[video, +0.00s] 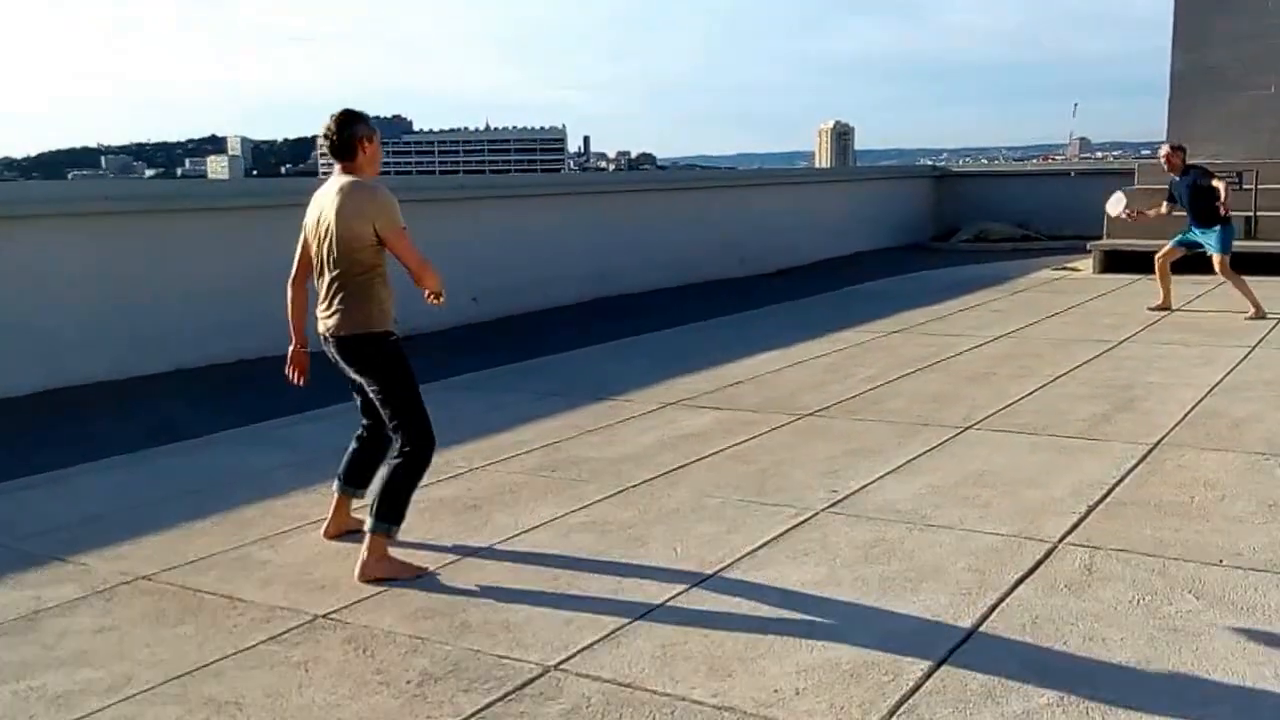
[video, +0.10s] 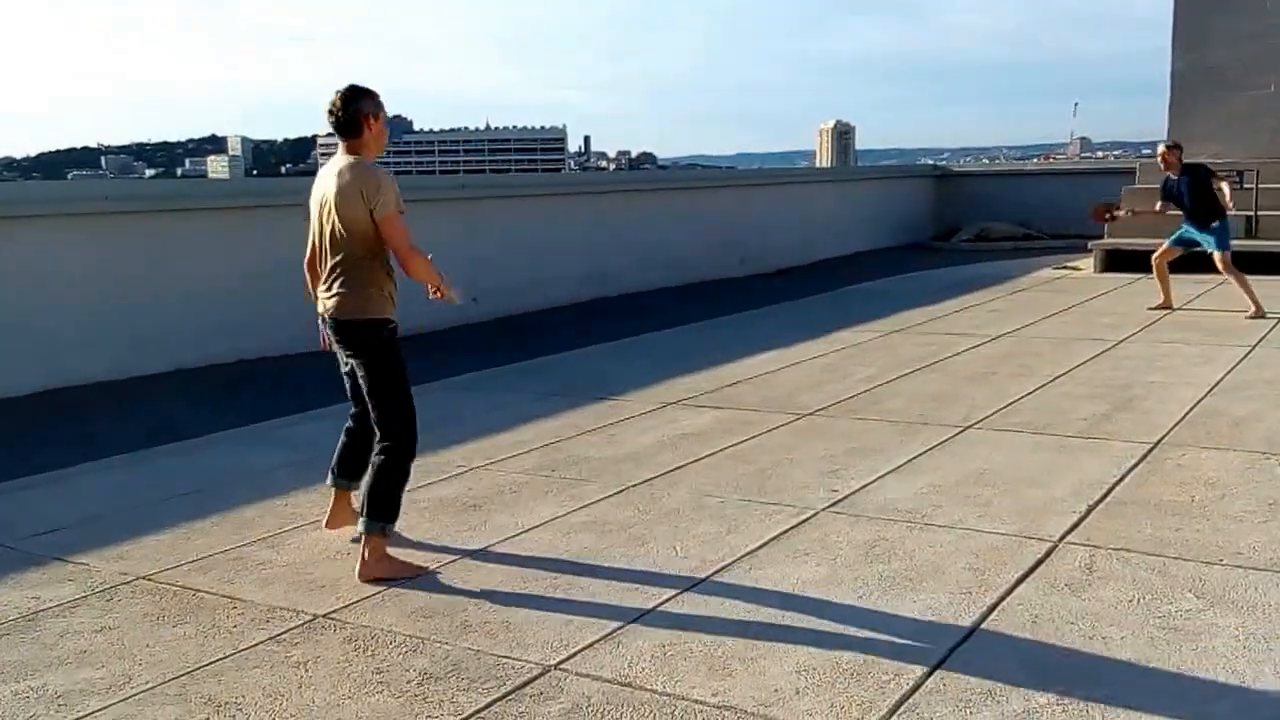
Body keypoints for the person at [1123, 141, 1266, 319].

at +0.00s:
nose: (1164, 161)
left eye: (1168, 156)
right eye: (1162, 158)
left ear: (1180, 157)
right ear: (1163, 160)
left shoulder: (1196, 173)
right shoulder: (1174, 183)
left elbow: (1221, 184)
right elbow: (1165, 210)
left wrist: (1223, 201)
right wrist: (1140, 214)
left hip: (1217, 229)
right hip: (1195, 231)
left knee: (1222, 268)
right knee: (1161, 259)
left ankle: (1257, 307)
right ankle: (1165, 302)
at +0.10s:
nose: (1160, 161)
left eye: (1163, 156)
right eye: (1159, 157)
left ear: (1175, 155)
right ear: (1160, 160)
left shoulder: (1197, 170)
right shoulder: (1168, 184)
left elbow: (1224, 183)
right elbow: (1160, 210)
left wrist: (1228, 200)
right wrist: (1134, 213)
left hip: (1215, 225)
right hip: (1191, 226)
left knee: (1224, 266)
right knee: (1158, 259)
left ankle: (1256, 306)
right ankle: (1166, 301)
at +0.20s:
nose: (1159, 151)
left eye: (1163, 147)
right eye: (1157, 148)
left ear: (1175, 148)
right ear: (1156, 151)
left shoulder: (1192, 163)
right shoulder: (1161, 175)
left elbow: (1221, 175)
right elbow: (1157, 197)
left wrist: (1229, 185)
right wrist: (1144, 191)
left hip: (1208, 222)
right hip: (1184, 225)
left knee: (1223, 259)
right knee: (1154, 259)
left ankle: (1252, 304)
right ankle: (1166, 299)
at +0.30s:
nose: (1164, 139)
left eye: (1168, 135)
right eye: (1162, 135)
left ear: (1178, 138)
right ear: (1160, 139)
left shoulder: (1193, 154)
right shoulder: (1159, 163)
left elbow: (1221, 164)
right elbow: (1161, 184)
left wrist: (1231, 165)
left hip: (1204, 215)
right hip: (1179, 218)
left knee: (1219, 255)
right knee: (1155, 258)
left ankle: (1243, 298)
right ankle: (1165, 298)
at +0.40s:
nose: (1173, 130)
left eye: (1176, 126)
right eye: (1169, 126)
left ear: (1183, 128)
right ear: (1164, 130)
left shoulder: (1196, 146)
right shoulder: (1160, 152)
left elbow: (1225, 155)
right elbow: (1161, 166)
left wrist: (1233, 149)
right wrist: (1175, 146)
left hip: (1200, 209)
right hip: (1176, 211)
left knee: (1209, 251)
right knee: (1158, 253)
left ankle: (1227, 293)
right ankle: (1164, 298)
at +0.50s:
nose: (1177, 126)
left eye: (1181, 122)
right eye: (1173, 123)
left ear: (1187, 124)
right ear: (1167, 126)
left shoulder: (1197, 142)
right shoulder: (1164, 146)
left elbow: (1228, 151)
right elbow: (1160, 155)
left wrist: (1234, 140)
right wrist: (1179, 133)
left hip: (1198, 206)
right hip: (1175, 206)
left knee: (1203, 251)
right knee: (1161, 252)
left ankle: (1212, 290)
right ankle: (1163, 297)